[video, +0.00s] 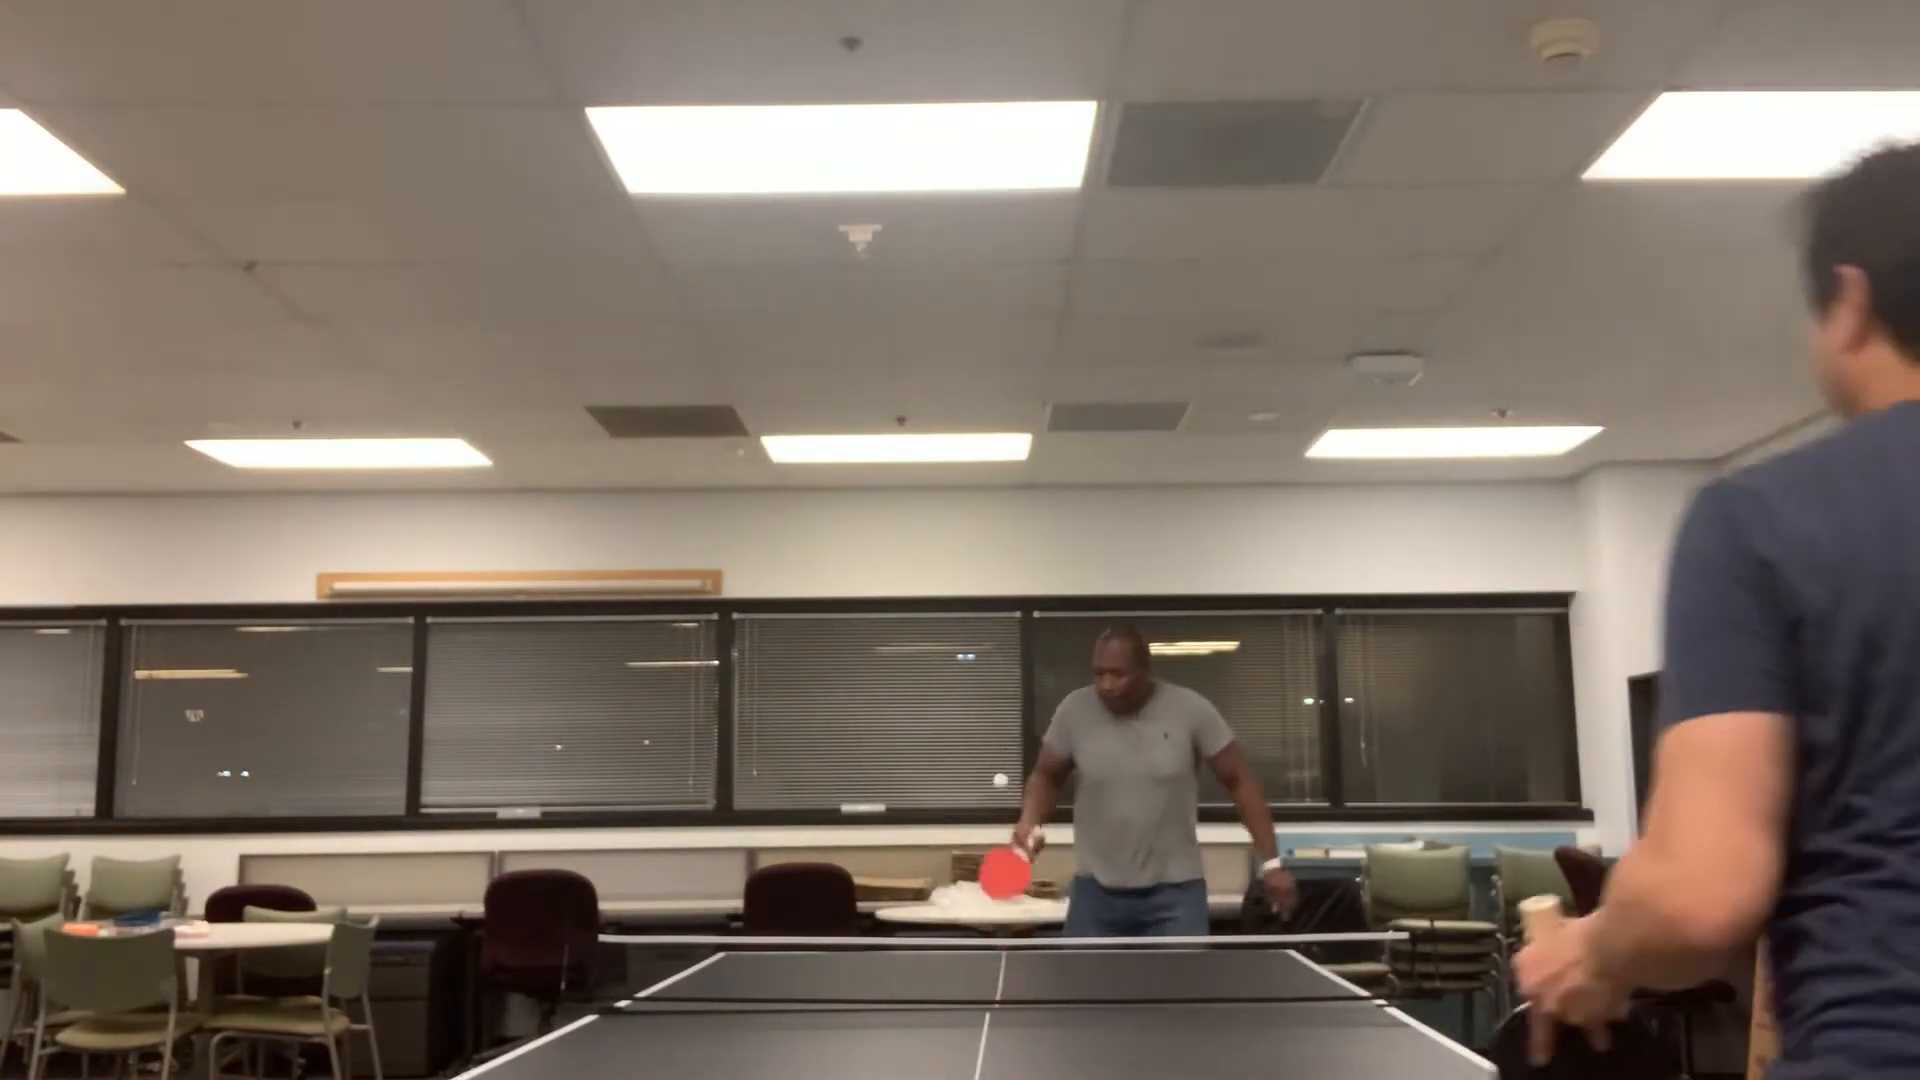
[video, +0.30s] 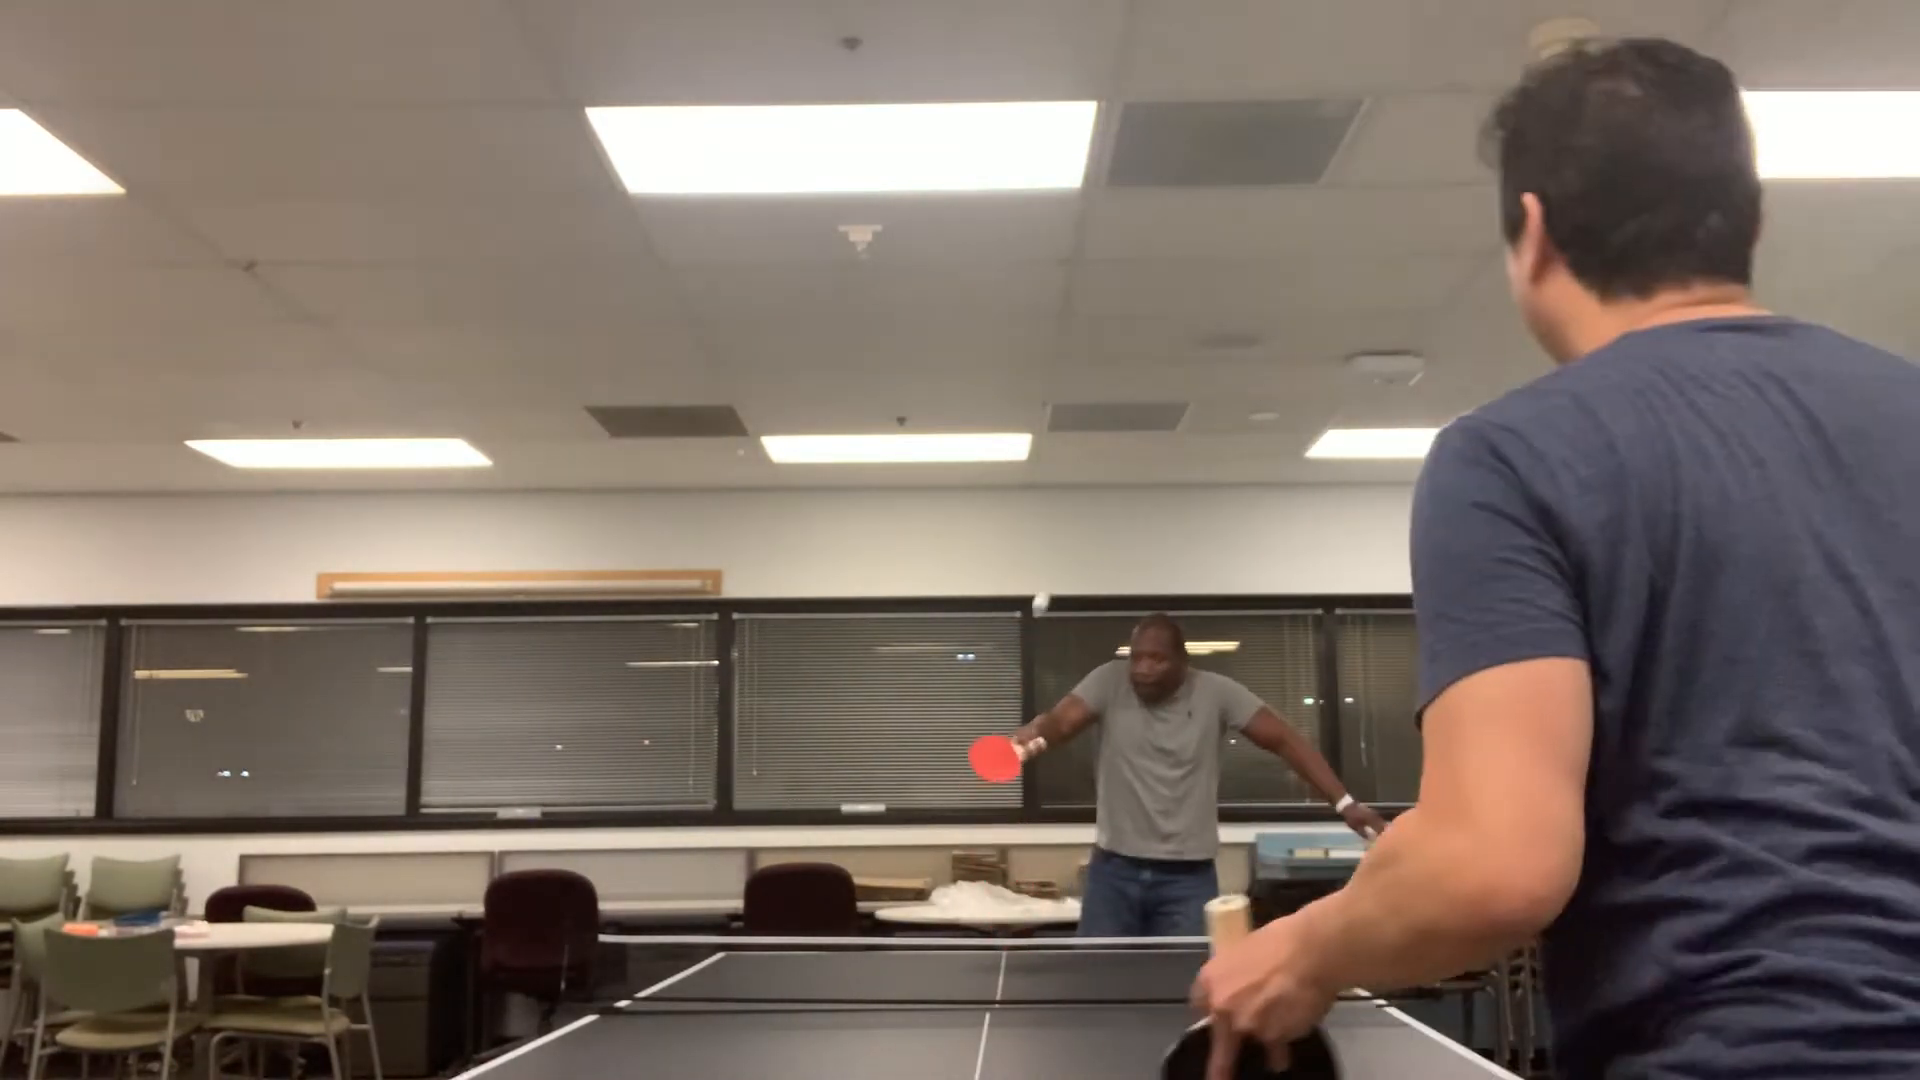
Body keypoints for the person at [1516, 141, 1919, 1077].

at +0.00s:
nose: (1812, 349)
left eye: (1812, 312)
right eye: (1811, 315)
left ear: (1853, 301)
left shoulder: (1772, 517)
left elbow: (1706, 896)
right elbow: (1708, 893)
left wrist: (1593, 959)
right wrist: (1603, 956)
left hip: (1867, 1041)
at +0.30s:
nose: (1508, 273)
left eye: (1502, 238)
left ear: (1534, 231)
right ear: (1747, 220)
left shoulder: (1519, 450)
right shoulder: (1902, 399)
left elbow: (1501, 863)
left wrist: (1303, 955)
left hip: (1699, 1042)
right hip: (1905, 1027)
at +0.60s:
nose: (1619, 292)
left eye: (1614, 255)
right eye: (1613, 259)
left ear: (1648, 247)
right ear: (1856, 235)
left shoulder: (1650, 466)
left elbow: (1657, 863)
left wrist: (1415, 1015)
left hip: (1771, 1045)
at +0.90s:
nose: (1841, 353)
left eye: (1839, 319)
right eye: (1837, 321)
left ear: (1874, 301)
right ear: (1882, 296)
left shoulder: (1801, 535)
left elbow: (1694, 924)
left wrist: (1630, 913)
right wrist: (1650, 905)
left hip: (1888, 1045)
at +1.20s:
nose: (1752, 435)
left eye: (1750, 410)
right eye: (1748, 412)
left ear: (1778, 408)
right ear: (1914, 387)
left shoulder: (1697, 594)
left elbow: (1613, 858)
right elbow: (1613, 857)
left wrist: (1593, 752)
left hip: (1809, 1050)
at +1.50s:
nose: (1638, 427)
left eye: (1634, 406)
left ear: (1651, 401)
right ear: (1810, 392)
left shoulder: (1575, 559)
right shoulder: (1907, 507)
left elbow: (1517, 695)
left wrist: (1420, 642)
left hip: (1681, 1036)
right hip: (1890, 1022)